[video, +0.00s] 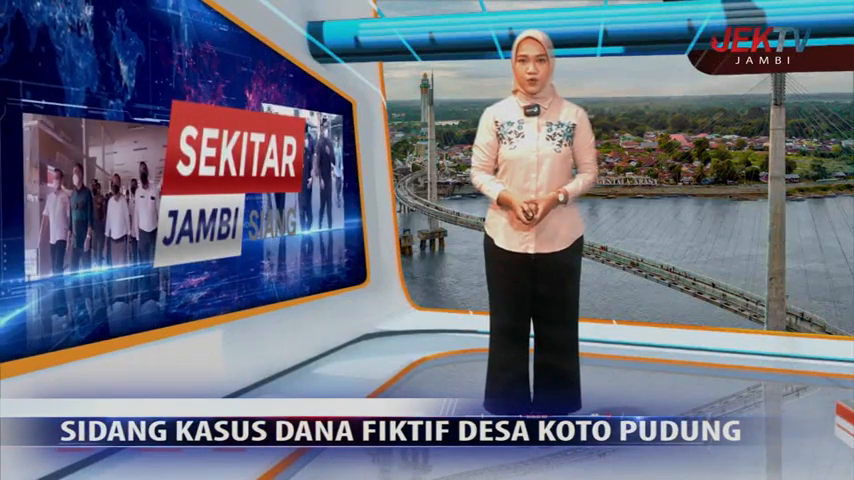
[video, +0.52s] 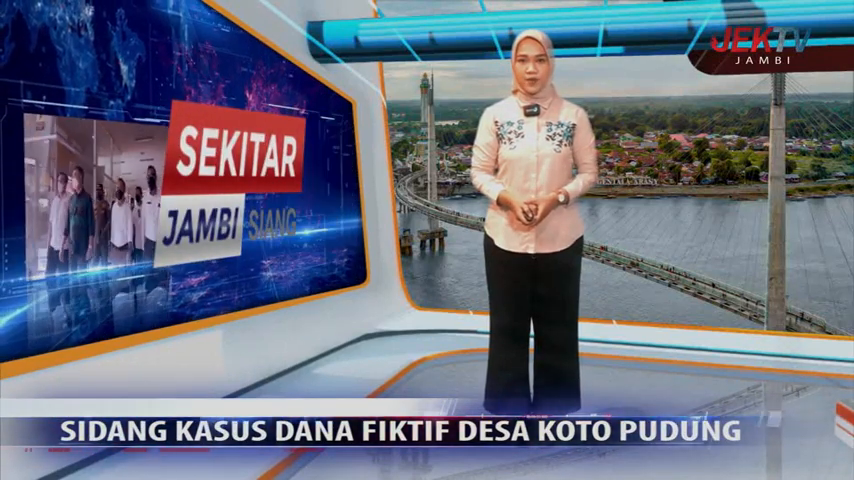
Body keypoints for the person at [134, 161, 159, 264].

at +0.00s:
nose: (142, 173)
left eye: (144, 171)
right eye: (141, 171)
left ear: (147, 173)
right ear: (139, 174)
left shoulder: (155, 189)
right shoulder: (138, 191)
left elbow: (159, 208)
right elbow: (135, 211)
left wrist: (160, 225)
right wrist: (135, 230)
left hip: (154, 227)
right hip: (142, 228)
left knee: (154, 258)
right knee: (143, 258)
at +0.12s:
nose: (144, 173)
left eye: (146, 171)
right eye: (142, 171)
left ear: (149, 173)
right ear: (140, 173)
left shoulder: (156, 191)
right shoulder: (139, 191)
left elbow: (160, 211)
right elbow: (136, 212)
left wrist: (160, 229)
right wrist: (137, 235)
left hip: (155, 230)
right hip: (143, 230)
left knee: (154, 260)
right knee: (143, 261)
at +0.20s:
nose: (146, 174)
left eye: (148, 171)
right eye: (144, 172)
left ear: (151, 173)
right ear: (142, 174)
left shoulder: (157, 191)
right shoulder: (140, 191)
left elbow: (161, 212)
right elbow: (138, 213)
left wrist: (160, 231)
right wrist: (138, 237)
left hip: (156, 231)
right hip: (143, 231)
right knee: (144, 260)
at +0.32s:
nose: (147, 176)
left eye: (149, 173)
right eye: (145, 174)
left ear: (153, 175)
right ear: (143, 175)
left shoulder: (159, 193)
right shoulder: (141, 192)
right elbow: (139, 214)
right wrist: (139, 241)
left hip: (158, 233)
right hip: (145, 233)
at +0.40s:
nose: (150, 176)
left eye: (152, 174)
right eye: (148, 174)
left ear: (155, 176)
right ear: (145, 176)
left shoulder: (160, 195)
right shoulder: (143, 194)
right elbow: (141, 217)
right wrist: (141, 243)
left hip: (160, 238)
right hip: (147, 237)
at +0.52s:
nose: (150, 177)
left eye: (152, 174)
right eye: (148, 175)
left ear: (156, 176)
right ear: (146, 177)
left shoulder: (160, 195)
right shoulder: (144, 195)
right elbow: (142, 219)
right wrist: (142, 242)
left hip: (160, 238)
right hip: (148, 237)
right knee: (147, 267)